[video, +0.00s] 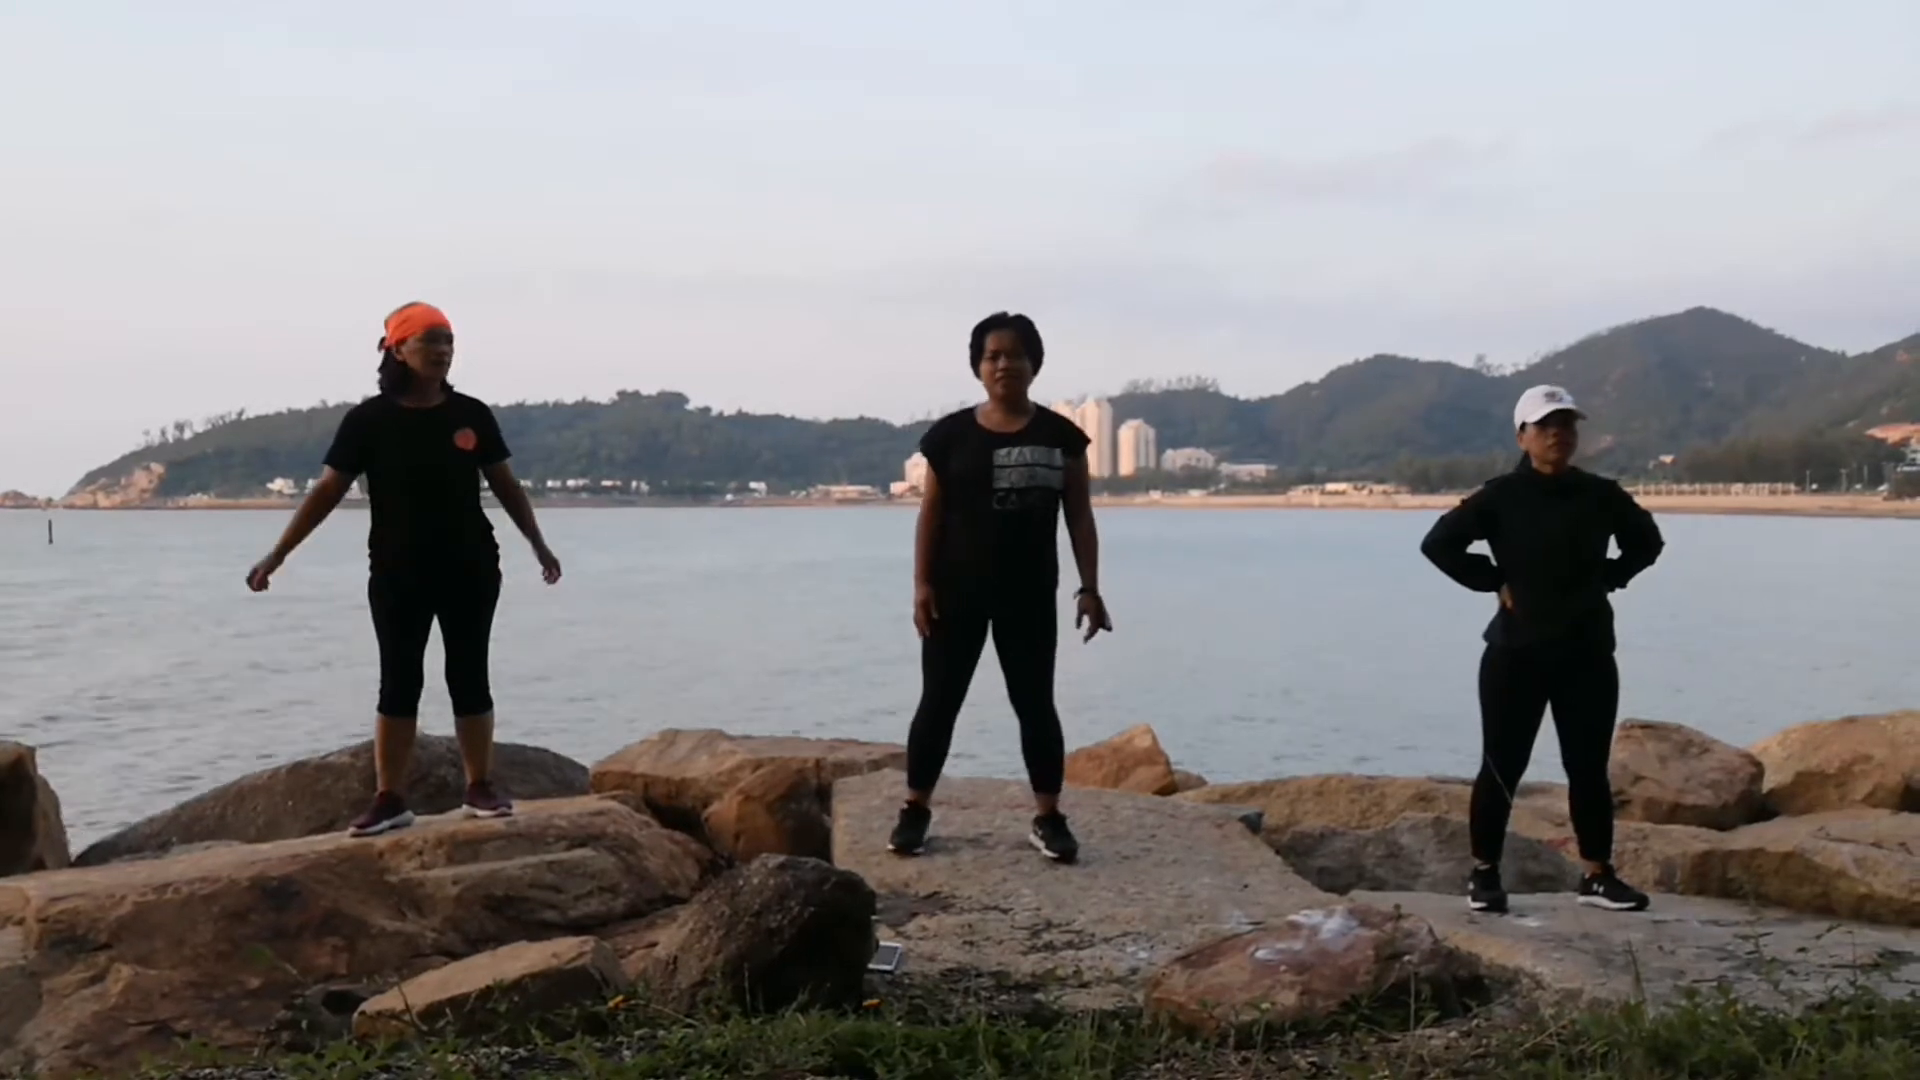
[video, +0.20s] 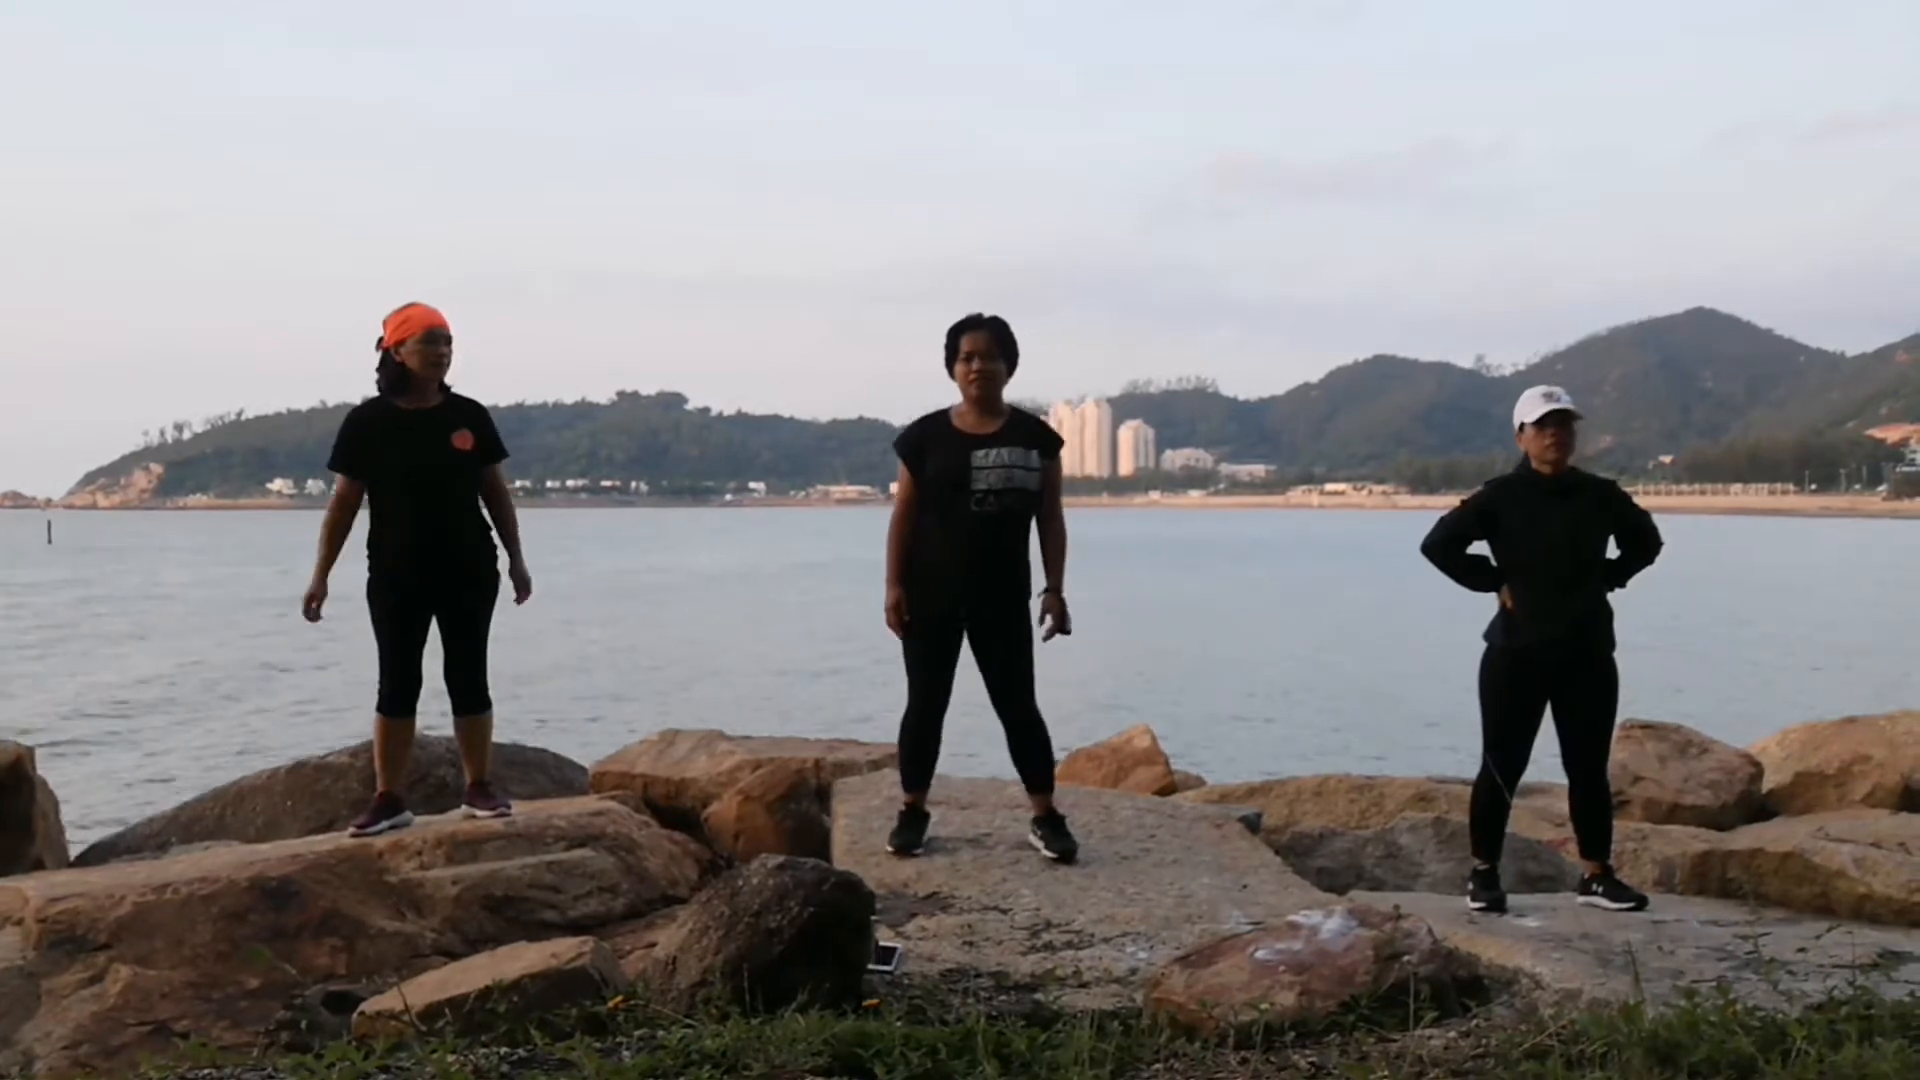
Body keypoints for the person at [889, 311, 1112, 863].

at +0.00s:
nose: (1002, 367)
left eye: (1014, 357)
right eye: (992, 358)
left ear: (1034, 365)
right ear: (978, 367)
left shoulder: (1062, 437)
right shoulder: (948, 437)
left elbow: (1079, 517)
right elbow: (929, 517)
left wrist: (1089, 586)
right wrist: (922, 585)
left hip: (1029, 595)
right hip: (958, 594)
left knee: (1036, 707)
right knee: (938, 703)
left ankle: (1049, 815)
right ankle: (915, 810)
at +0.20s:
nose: (975, 368)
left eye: (987, 359)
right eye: (965, 359)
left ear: (1008, 366)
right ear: (952, 368)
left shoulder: (1037, 439)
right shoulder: (923, 437)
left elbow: (1050, 519)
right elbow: (902, 517)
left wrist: (1054, 588)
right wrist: (894, 585)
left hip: (1002, 596)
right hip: (932, 596)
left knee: (1019, 708)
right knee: (924, 706)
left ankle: (1045, 814)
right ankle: (912, 811)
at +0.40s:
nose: (957, 367)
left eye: (968, 357)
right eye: (946, 357)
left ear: (989, 366)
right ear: (932, 366)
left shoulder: (1016, 438)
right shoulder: (903, 436)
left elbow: (1024, 522)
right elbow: (881, 513)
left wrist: (1020, 591)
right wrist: (872, 582)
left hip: (985, 597)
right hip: (915, 596)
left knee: (1011, 708)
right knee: (916, 707)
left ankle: (1046, 812)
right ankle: (912, 811)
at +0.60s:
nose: (950, 365)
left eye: (961, 355)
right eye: (939, 356)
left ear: (982, 365)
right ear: (924, 365)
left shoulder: (1009, 433)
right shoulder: (897, 436)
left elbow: (1023, 515)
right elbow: (875, 517)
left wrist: (1024, 583)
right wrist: (863, 586)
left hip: (984, 592)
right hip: (915, 593)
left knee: (1019, 703)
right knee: (917, 706)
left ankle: (1052, 810)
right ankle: (911, 811)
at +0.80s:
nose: (957, 368)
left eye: (968, 358)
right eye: (946, 360)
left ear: (991, 364)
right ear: (934, 371)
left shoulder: (1027, 434)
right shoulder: (913, 444)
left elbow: (1043, 515)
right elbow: (893, 522)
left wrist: (1048, 586)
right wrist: (877, 590)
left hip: (1004, 597)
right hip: (932, 599)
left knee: (1024, 713)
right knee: (925, 710)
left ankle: (1049, 822)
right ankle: (911, 813)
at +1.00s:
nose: (979, 369)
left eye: (990, 358)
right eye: (968, 361)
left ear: (1015, 363)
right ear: (958, 372)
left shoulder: (1053, 433)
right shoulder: (940, 443)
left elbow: (1076, 511)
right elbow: (924, 527)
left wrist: (1079, 577)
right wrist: (921, 598)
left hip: (1031, 598)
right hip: (959, 600)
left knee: (1039, 713)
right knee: (940, 710)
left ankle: (1051, 824)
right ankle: (914, 812)